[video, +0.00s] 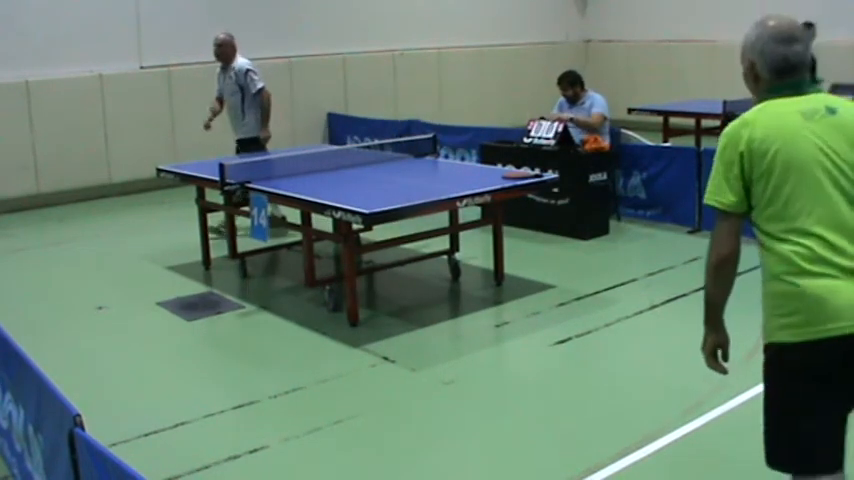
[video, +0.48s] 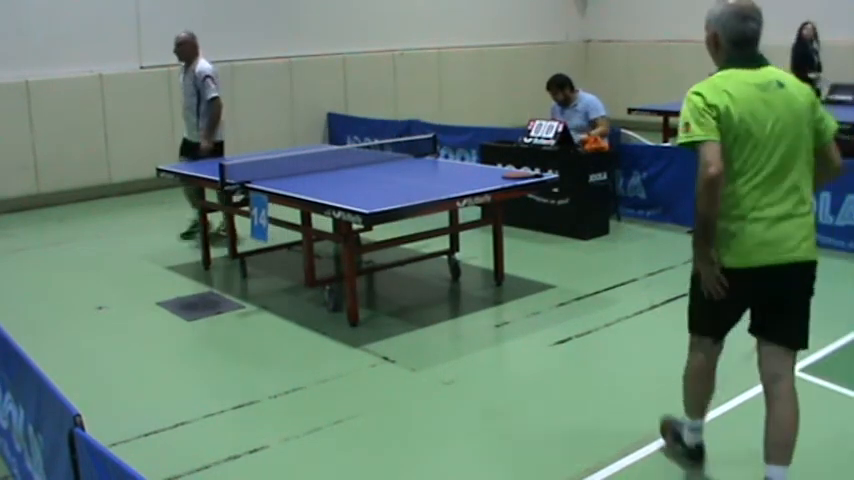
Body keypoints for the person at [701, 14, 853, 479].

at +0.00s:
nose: (743, 76)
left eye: (744, 68)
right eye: (744, 67)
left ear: (753, 72)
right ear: (810, 64)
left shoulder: (745, 132)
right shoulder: (848, 113)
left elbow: (724, 251)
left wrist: (714, 324)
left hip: (804, 323)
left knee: (816, 468)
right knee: (822, 464)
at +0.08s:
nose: (740, 77)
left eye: (740, 70)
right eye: (740, 70)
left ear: (749, 76)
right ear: (803, 69)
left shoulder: (741, 133)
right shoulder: (843, 123)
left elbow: (719, 246)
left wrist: (705, 315)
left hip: (787, 323)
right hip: (847, 316)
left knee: (797, 452)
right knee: (807, 438)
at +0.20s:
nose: (734, 69)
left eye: (735, 63)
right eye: (734, 62)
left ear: (743, 68)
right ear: (794, 66)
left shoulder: (731, 125)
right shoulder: (835, 122)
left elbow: (720, 220)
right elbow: (848, 200)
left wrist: (701, 296)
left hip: (773, 304)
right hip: (838, 298)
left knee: (751, 427)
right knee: (781, 404)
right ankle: (772, 475)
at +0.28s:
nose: (726, 58)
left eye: (727, 51)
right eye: (728, 51)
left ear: (738, 55)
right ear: (783, 53)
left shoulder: (724, 110)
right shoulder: (824, 109)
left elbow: (719, 197)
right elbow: (849, 192)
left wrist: (708, 283)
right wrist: (842, 253)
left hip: (762, 284)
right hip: (827, 280)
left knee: (727, 387)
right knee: (775, 382)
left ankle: (759, 471)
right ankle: (775, 477)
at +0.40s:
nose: (713, 42)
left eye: (714, 36)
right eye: (716, 34)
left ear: (722, 40)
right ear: (767, 38)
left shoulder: (715, 93)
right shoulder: (807, 89)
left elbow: (720, 172)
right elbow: (843, 167)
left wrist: (714, 257)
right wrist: (814, 216)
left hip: (744, 260)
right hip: (807, 259)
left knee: (708, 348)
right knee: (779, 376)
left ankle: (725, 464)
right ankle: (777, 477)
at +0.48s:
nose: (705, 44)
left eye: (705, 38)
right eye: (706, 37)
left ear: (715, 41)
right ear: (758, 40)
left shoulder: (707, 95)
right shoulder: (799, 90)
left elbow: (712, 172)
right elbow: (832, 165)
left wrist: (702, 248)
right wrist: (791, 186)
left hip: (730, 255)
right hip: (794, 254)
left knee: (704, 348)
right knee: (780, 375)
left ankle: (692, 436)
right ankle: (777, 477)